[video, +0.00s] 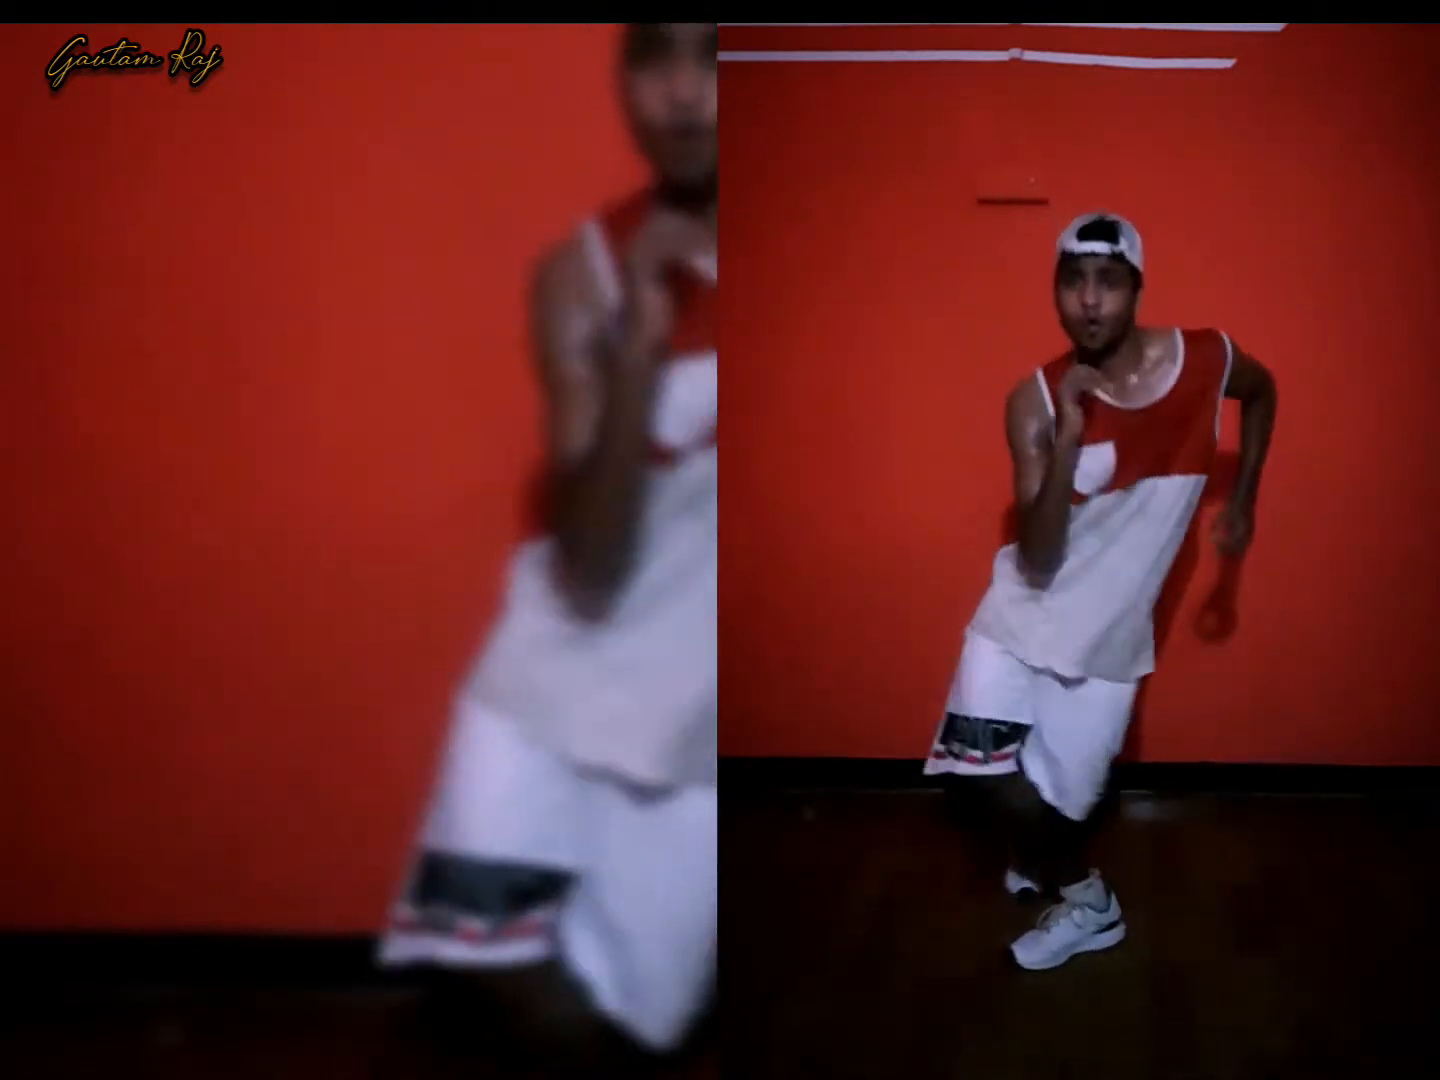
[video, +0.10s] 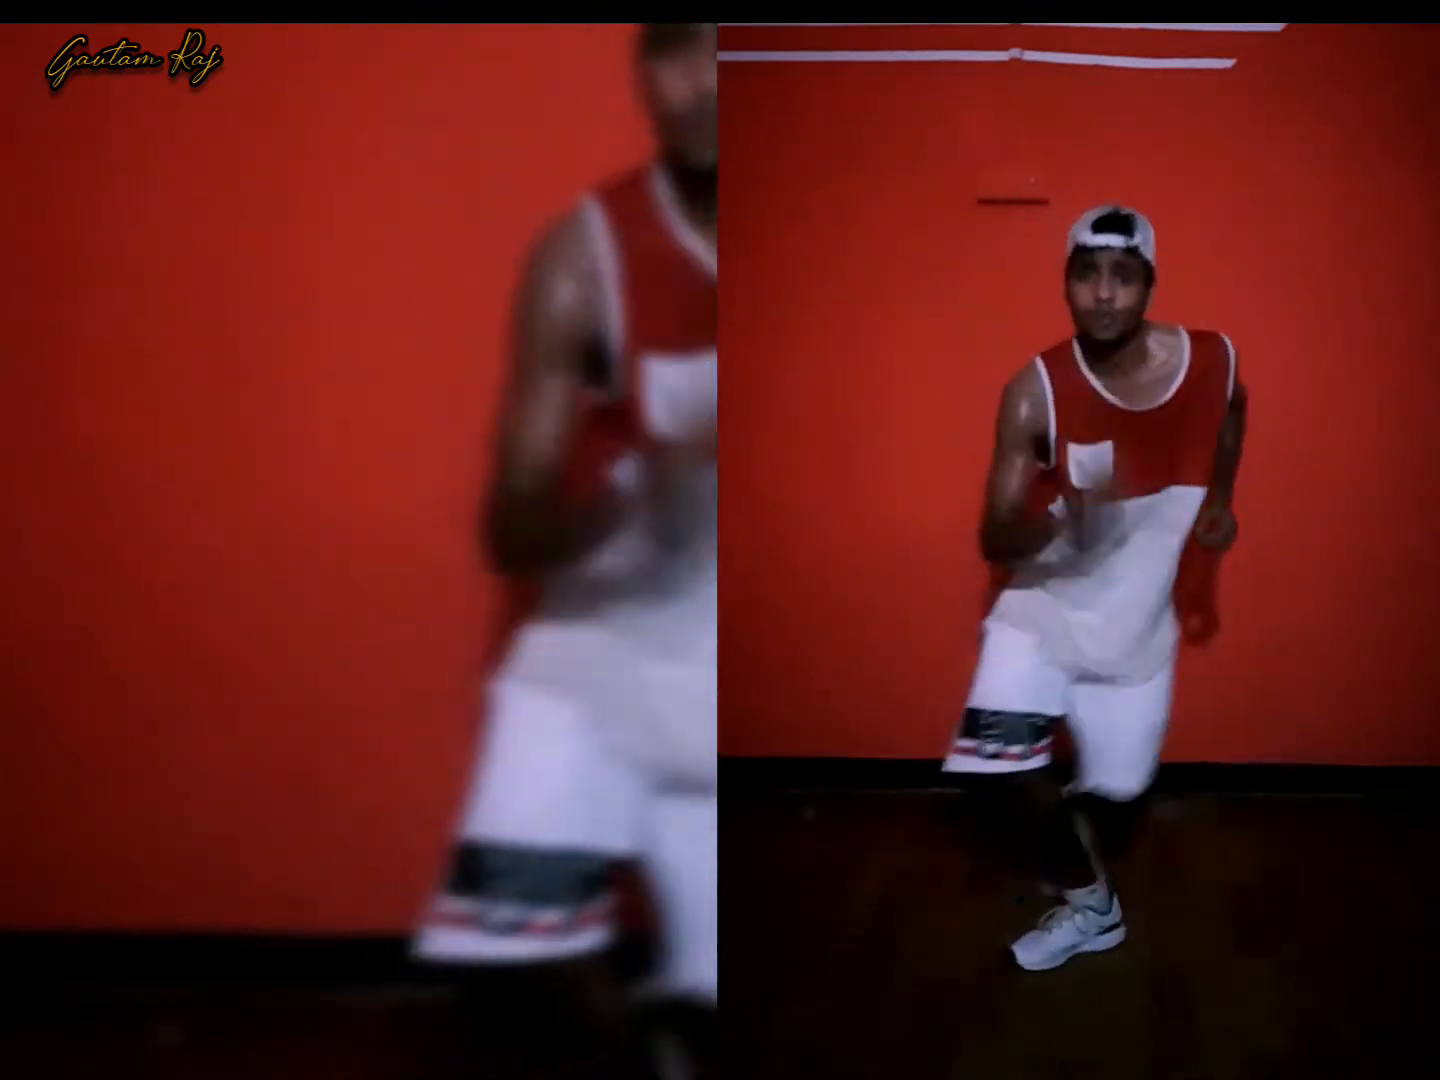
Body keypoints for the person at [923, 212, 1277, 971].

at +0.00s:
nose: (1089, 302)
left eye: (1107, 284)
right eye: (1074, 284)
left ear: (1138, 293)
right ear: (1058, 295)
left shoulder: (1202, 359)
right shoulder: (1037, 401)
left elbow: (1260, 390)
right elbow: (1039, 556)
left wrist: (1242, 499)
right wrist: (1066, 445)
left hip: (1113, 628)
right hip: (1023, 606)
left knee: (1064, 800)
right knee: (979, 757)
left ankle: (1034, 863)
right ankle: (1087, 899)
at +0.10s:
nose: (1104, 295)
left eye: (1123, 278)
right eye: (1089, 277)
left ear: (1151, 289)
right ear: (1068, 287)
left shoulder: (1209, 364)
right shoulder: (1036, 391)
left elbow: (1230, 421)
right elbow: (997, 538)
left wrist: (1218, 502)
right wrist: (1050, 516)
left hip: (1137, 625)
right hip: (1041, 613)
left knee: (1116, 796)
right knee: (1000, 763)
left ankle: (1077, 882)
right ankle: (1089, 904)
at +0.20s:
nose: (1123, 271)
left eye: (1140, 253)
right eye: (1106, 253)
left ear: (1165, 264)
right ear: (1081, 266)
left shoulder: (1206, 349)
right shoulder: (1044, 366)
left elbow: (1212, 435)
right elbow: (983, 487)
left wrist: (1196, 491)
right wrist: (1031, 576)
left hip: (1175, 573)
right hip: (1077, 577)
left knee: (1182, 737)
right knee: (1049, 753)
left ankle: (1137, 841)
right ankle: (1091, 899)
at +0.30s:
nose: (1133, 270)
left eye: (1150, 252)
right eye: (1114, 252)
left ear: (1172, 265)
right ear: (1088, 266)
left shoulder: (1201, 360)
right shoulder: (1034, 361)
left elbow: (1205, 492)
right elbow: (980, 439)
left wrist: (1200, 441)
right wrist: (1017, 546)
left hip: (1189, 559)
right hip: (1097, 562)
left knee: (1230, 722)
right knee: (1100, 731)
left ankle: (1234, 870)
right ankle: (1105, 899)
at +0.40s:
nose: (1133, 281)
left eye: (1149, 264)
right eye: (1115, 263)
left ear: (1171, 276)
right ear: (1088, 276)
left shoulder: (1205, 378)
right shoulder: (1034, 366)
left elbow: (1230, 517)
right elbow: (986, 423)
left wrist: (1213, 462)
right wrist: (1018, 521)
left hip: (1201, 581)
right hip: (1102, 580)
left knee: (1240, 751)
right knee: (1108, 757)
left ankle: (1249, 874)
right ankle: (1107, 903)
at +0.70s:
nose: (1135, 281)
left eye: (1152, 263)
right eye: (1116, 263)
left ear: (1174, 274)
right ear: (1093, 278)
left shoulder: (1241, 360)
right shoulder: (1061, 377)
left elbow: (1271, 433)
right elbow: (1024, 476)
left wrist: (1263, 507)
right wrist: (1023, 532)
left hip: (1203, 578)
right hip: (1102, 576)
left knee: (1174, 747)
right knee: (1073, 753)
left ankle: (1166, 850)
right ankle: (1100, 898)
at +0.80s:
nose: (1163, 268)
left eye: (1180, 250)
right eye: (1144, 250)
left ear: (1203, 264)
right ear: (1117, 264)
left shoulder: (1250, 358)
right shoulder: (1069, 361)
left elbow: (1288, 492)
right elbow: (1034, 444)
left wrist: (1287, 459)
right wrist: (1051, 544)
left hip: (1230, 587)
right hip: (1126, 580)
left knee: (1250, 762)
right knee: (1100, 763)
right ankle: (1109, 902)